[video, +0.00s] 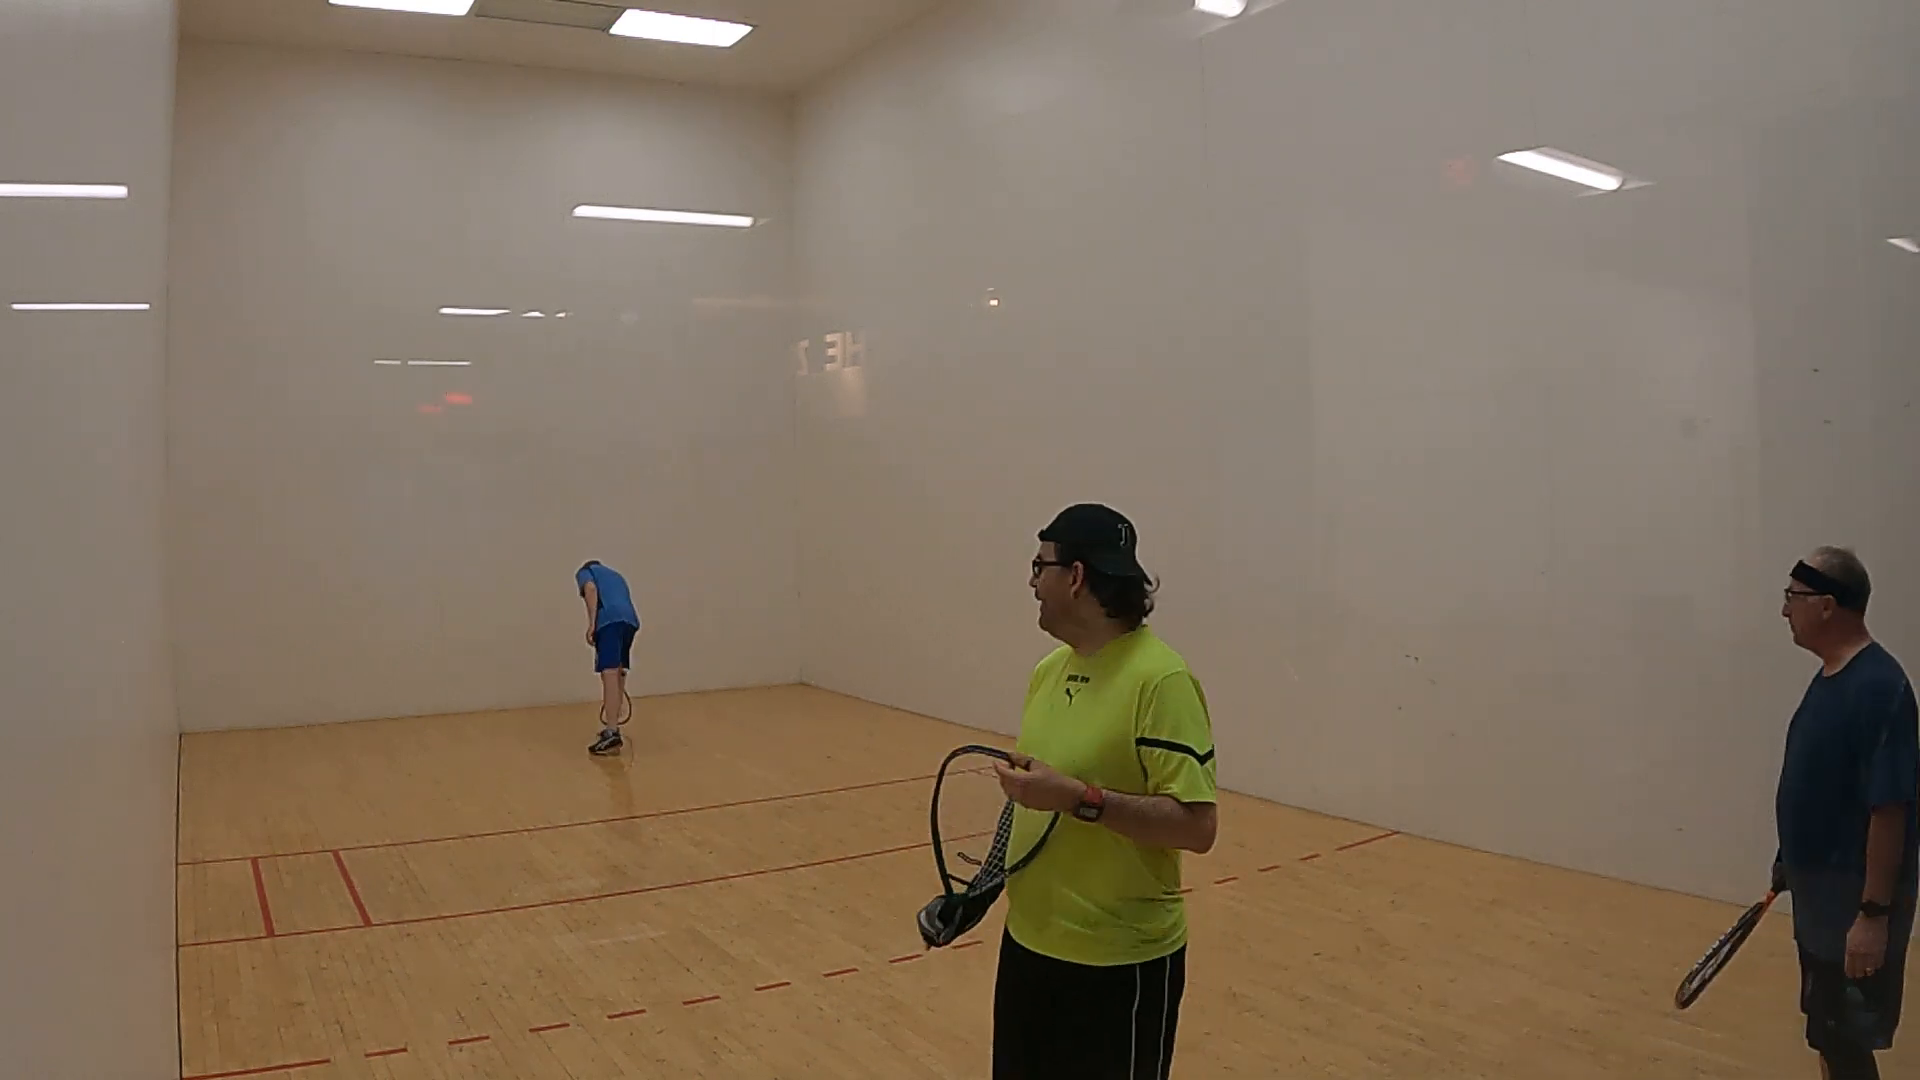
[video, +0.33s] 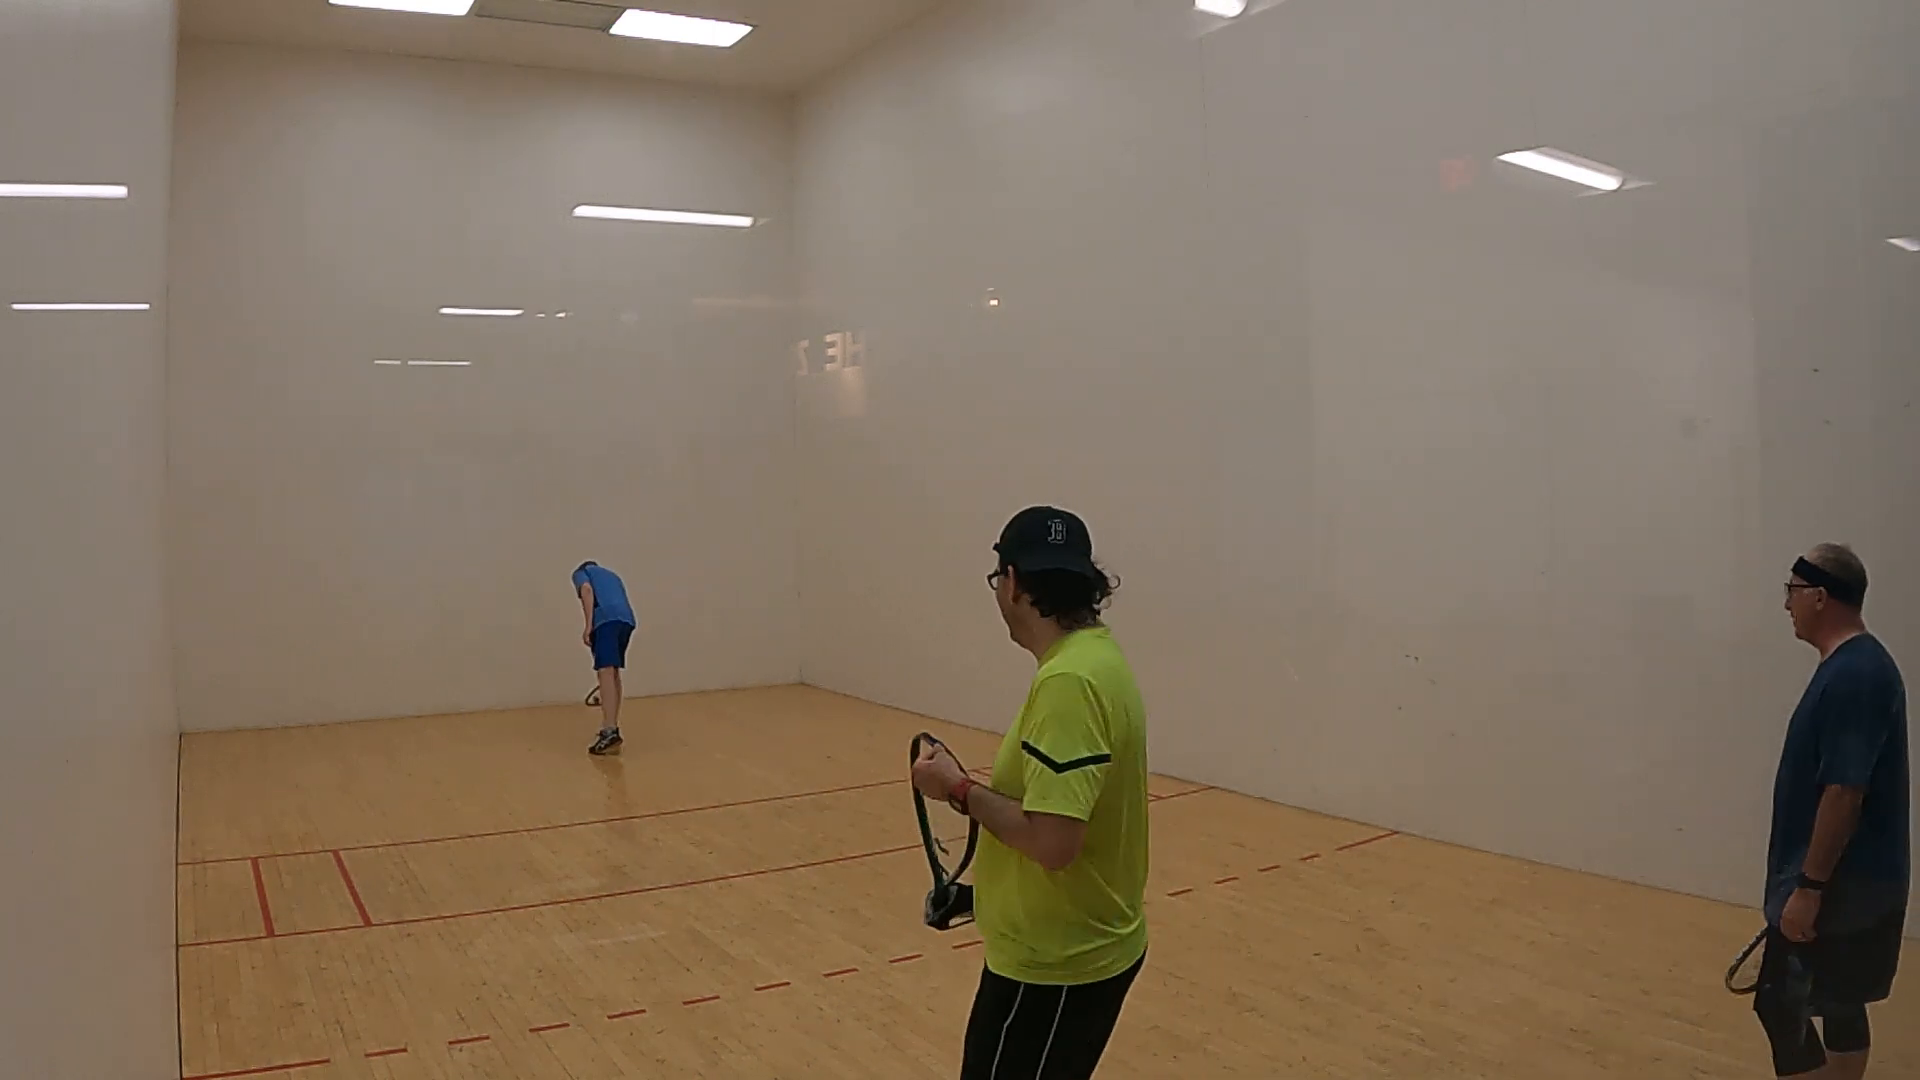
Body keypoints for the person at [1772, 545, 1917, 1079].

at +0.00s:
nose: (1784, 607)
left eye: (1793, 595)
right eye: (1787, 595)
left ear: (1828, 606)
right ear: (1827, 607)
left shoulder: (1879, 686)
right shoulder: (1833, 678)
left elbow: (1890, 810)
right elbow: (1828, 785)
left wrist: (1873, 913)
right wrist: (1792, 861)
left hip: (1855, 905)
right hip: (1821, 895)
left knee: (1844, 1046)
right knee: (1829, 1038)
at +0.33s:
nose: (1786, 602)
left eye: (1792, 590)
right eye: (1788, 590)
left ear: (1820, 597)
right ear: (1837, 599)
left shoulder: (1852, 673)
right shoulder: (1862, 665)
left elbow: (1843, 793)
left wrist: (1808, 889)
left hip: (1832, 890)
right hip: (1855, 887)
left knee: (1780, 1006)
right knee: (1841, 1003)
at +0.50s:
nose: (1780, 600)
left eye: (1786, 589)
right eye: (1782, 589)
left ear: (1812, 597)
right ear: (1835, 599)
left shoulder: (1833, 670)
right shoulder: (1869, 663)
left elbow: (1818, 787)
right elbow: (1858, 787)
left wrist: (1786, 881)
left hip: (1816, 881)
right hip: (1861, 881)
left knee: (1754, 988)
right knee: (1841, 997)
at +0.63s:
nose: (1769, 600)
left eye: (1774, 590)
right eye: (1771, 589)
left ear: (1796, 598)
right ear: (1826, 599)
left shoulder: (1812, 671)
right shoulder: (1864, 663)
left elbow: (1799, 785)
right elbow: (1860, 783)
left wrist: (1772, 875)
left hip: (1801, 879)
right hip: (1856, 880)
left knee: (1742, 978)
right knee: (1839, 994)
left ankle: (1724, 1075)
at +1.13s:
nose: (1685, 596)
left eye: (1687, 587)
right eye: (1685, 586)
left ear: (1701, 594)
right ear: (1745, 594)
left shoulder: (1696, 662)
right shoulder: (1788, 656)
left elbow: (1673, 767)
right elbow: (1811, 747)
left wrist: (1647, 844)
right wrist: (1805, 819)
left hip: (1702, 853)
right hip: (1773, 852)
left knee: (1687, 963)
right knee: (1768, 960)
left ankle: (1690, 1069)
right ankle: (1804, 1065)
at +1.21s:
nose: (1676, 593)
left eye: (1678, 584)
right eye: (1677, 583)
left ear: (1690, 590)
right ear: (1734, 589)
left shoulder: (1681, 659)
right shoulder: (1775, 654)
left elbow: (1650, 761)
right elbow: (1798, 748)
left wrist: (1622, 832)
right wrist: (1791, 817)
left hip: (1689, 846)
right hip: (1759, 842)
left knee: (1680, 955)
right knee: (1743, 942)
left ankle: (1689, 1069)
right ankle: (1777, 1045)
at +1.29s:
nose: (1665, 590)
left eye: (1666, 582)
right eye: (1666, 581)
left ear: (1678, 589)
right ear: (1722, 587)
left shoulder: (1669, 656)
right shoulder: (1763, 651)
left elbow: (1631, 756)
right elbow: (1786, 745)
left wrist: (1600, 822)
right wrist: (1778, 813)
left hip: (1679, 838)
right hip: (1745, 834)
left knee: (1675, 948)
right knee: (1724, 935)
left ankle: (1688, 1067)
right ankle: (1748, 1043)